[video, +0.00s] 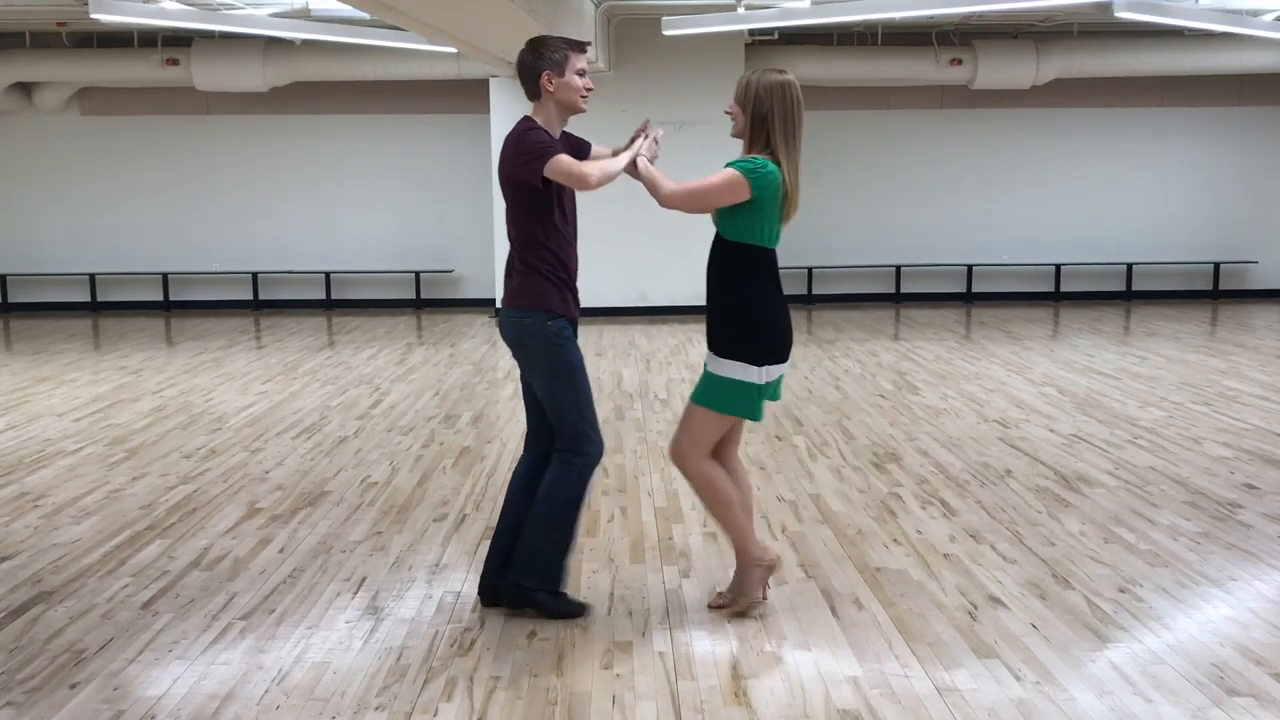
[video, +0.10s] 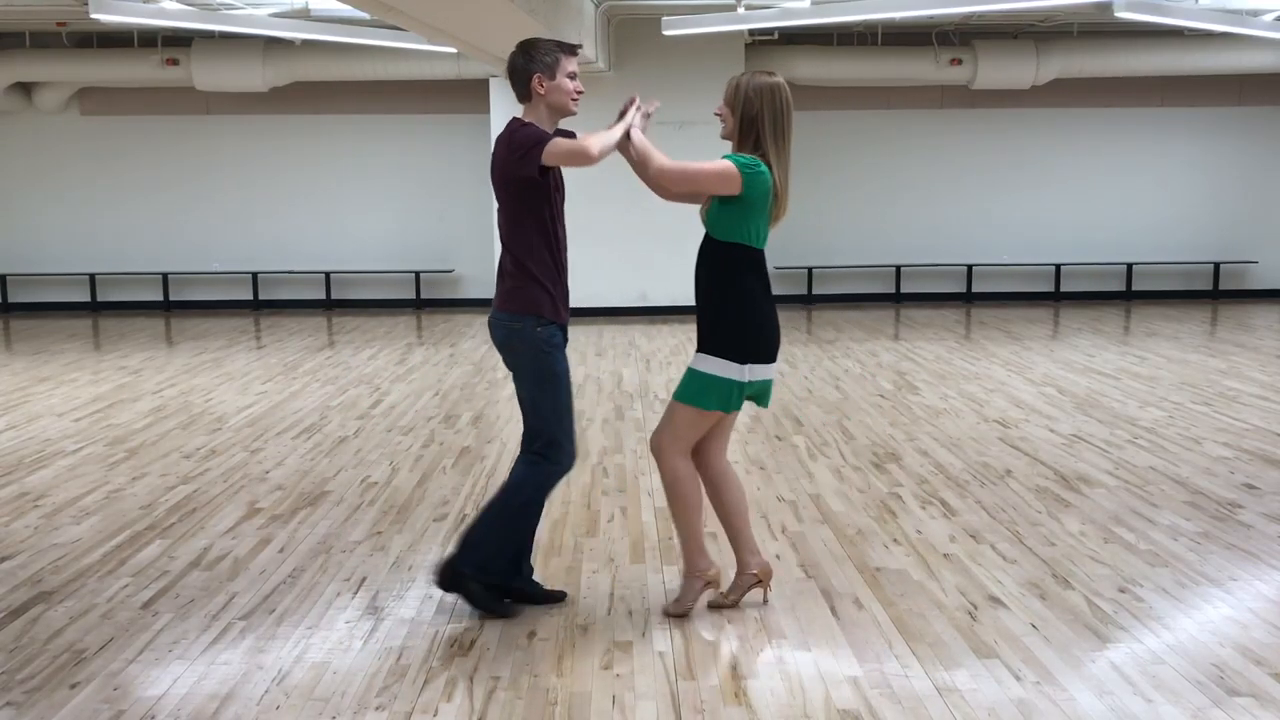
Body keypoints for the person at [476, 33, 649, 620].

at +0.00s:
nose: (590, 84)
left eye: (589, 75)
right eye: (581, 75)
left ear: (554, 83)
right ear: (549, 81)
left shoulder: (555, 137)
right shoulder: (528, 139)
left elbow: (593, 161)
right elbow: (585, 176)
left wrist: (630, 148)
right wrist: (632, 153)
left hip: (542, 315)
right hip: (537, 317)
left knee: (544, 446)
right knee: (581, 446)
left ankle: (500, 579)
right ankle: (533, 582)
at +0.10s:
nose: (580, 87)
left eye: (579, 77)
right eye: (571, 77)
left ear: (541, 85)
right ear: (538, 83)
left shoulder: (536, 137)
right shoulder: (522, 139)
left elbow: (590, 150)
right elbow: (589, 151)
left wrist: (629, 126)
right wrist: (627, 121)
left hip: (538, 319)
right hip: (528, 321)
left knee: (544, 451)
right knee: (552, 453)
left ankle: (510, 573)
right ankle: (470, 568)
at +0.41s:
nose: (568, 79)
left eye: (567, 69)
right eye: (560, 70)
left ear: (530, 78)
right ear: (529, 75)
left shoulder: (527, 129)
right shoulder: (503, 124)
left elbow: (586, 96)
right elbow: (586, 82)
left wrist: (634, 30)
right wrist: (631, 22)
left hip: (520, 317)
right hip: (493, 316)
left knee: (524, 448)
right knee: (469, 444)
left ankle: (500, 578)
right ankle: (404, 567)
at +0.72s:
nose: (586, 79)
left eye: (585, 69)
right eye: (578, 70)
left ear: (549, 78)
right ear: (548, 77)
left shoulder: (541, 134)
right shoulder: (520, 128)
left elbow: (597, 116)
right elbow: (586, 93)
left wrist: (645, 75)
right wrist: (657, 21)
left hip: (532, 314)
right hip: (526, 316)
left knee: (527, 447)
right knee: (566, 449)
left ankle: (499, 580)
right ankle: (466, 549)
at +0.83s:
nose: (597, 79)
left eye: (596, 70)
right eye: (590, 69)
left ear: (559, 77)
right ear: (559, 74)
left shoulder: (556, 134)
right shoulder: (532, 127)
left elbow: (600, 142)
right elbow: (584, 121)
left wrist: (646, 126)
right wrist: (664, 57)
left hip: (533, 313)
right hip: (542, 316)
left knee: (528, 447)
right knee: (593, 441)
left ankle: (496, 579)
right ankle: (523, 572)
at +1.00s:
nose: (622, 74)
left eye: (619, 64)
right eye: (612, 64)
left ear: (579, 72)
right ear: (580, 71)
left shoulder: (564, 130)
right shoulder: (567, 123)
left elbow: (580, 193)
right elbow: (583, 165)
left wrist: (632, 209)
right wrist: (659, 159)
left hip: (553, 308)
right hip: (573, 310)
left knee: (539, 447)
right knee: (611, 443)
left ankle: (502, 575)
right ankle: (609, 589)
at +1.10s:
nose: (636, 72)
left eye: (634, 62)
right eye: (628, 62)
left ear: (599, 72)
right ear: (597, 69)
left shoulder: (587, 132)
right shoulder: (583, 127)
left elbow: (583, 229)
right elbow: (583, 194)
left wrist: (634, 259)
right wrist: (653, 219)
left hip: (579, 308)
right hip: (594, 312)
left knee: (575, 439)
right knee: (622, 446)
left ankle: (513, 564)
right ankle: (610, 588)